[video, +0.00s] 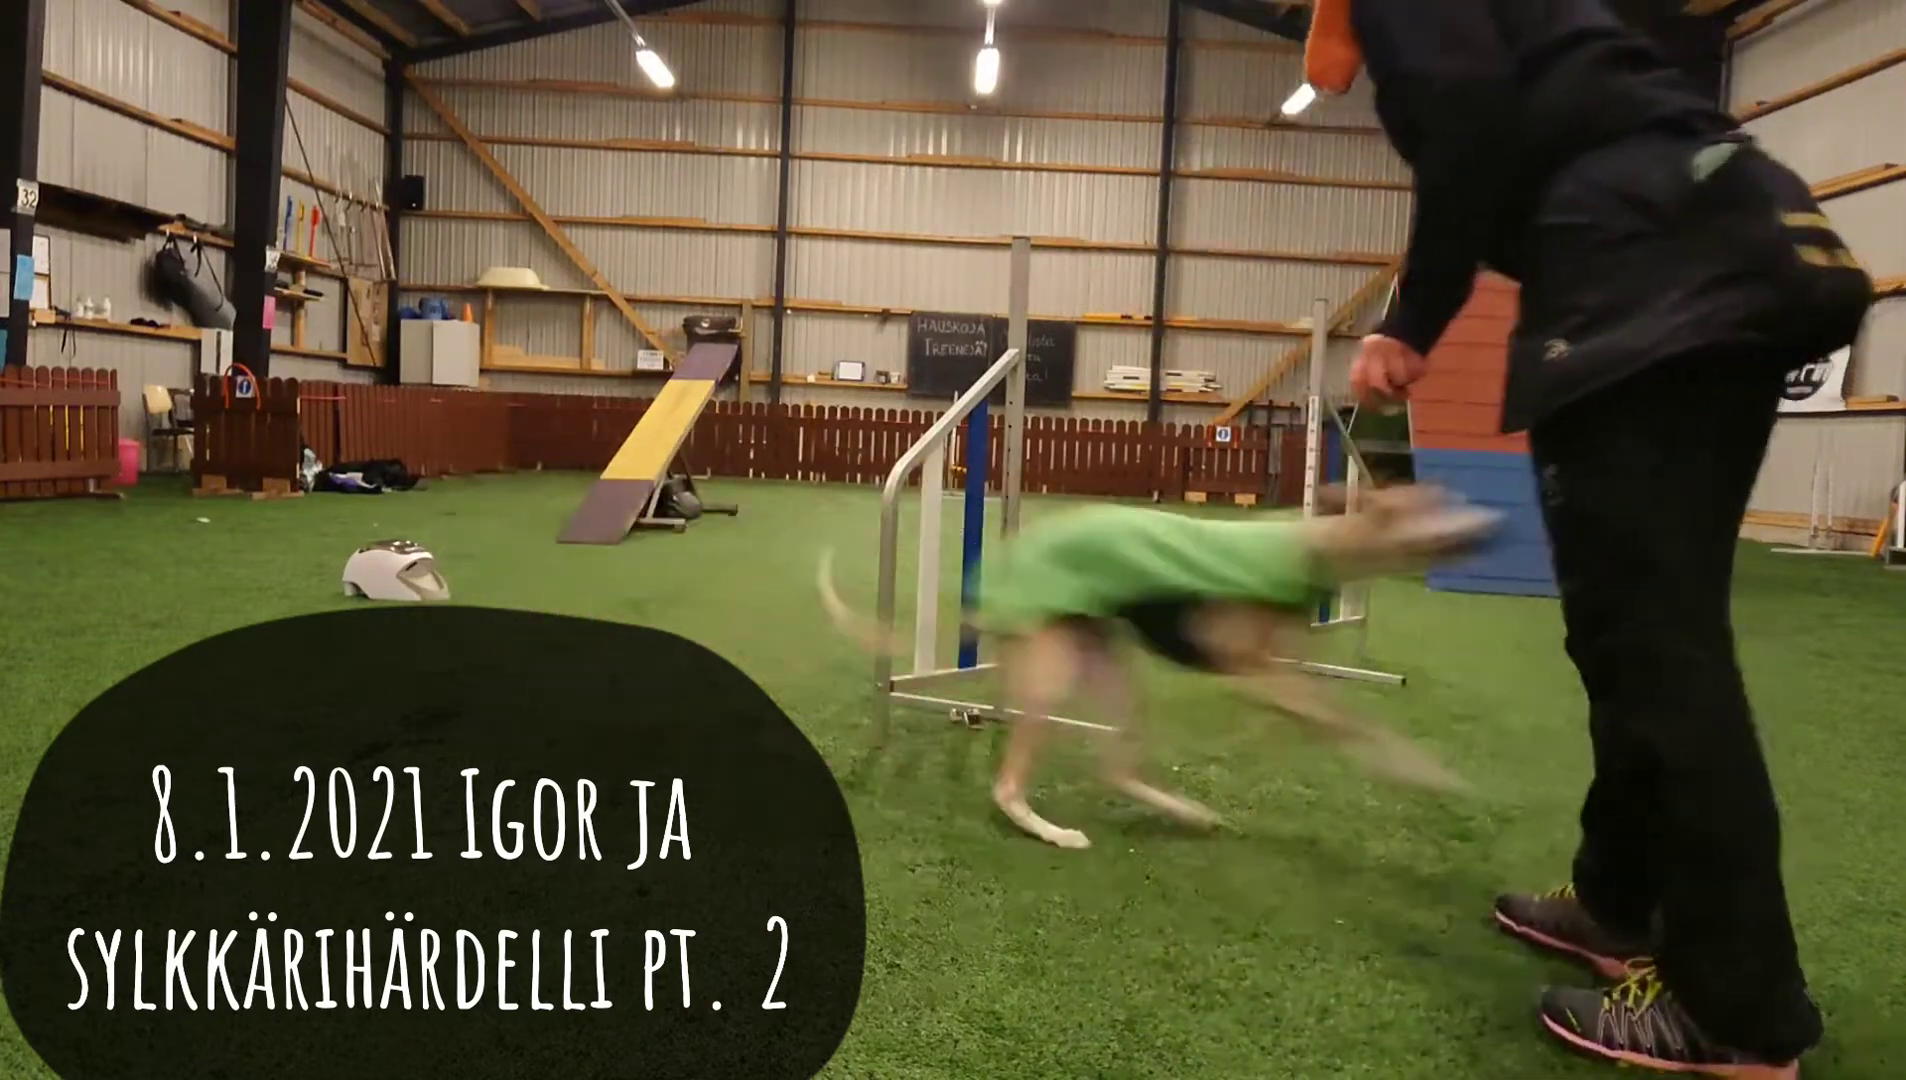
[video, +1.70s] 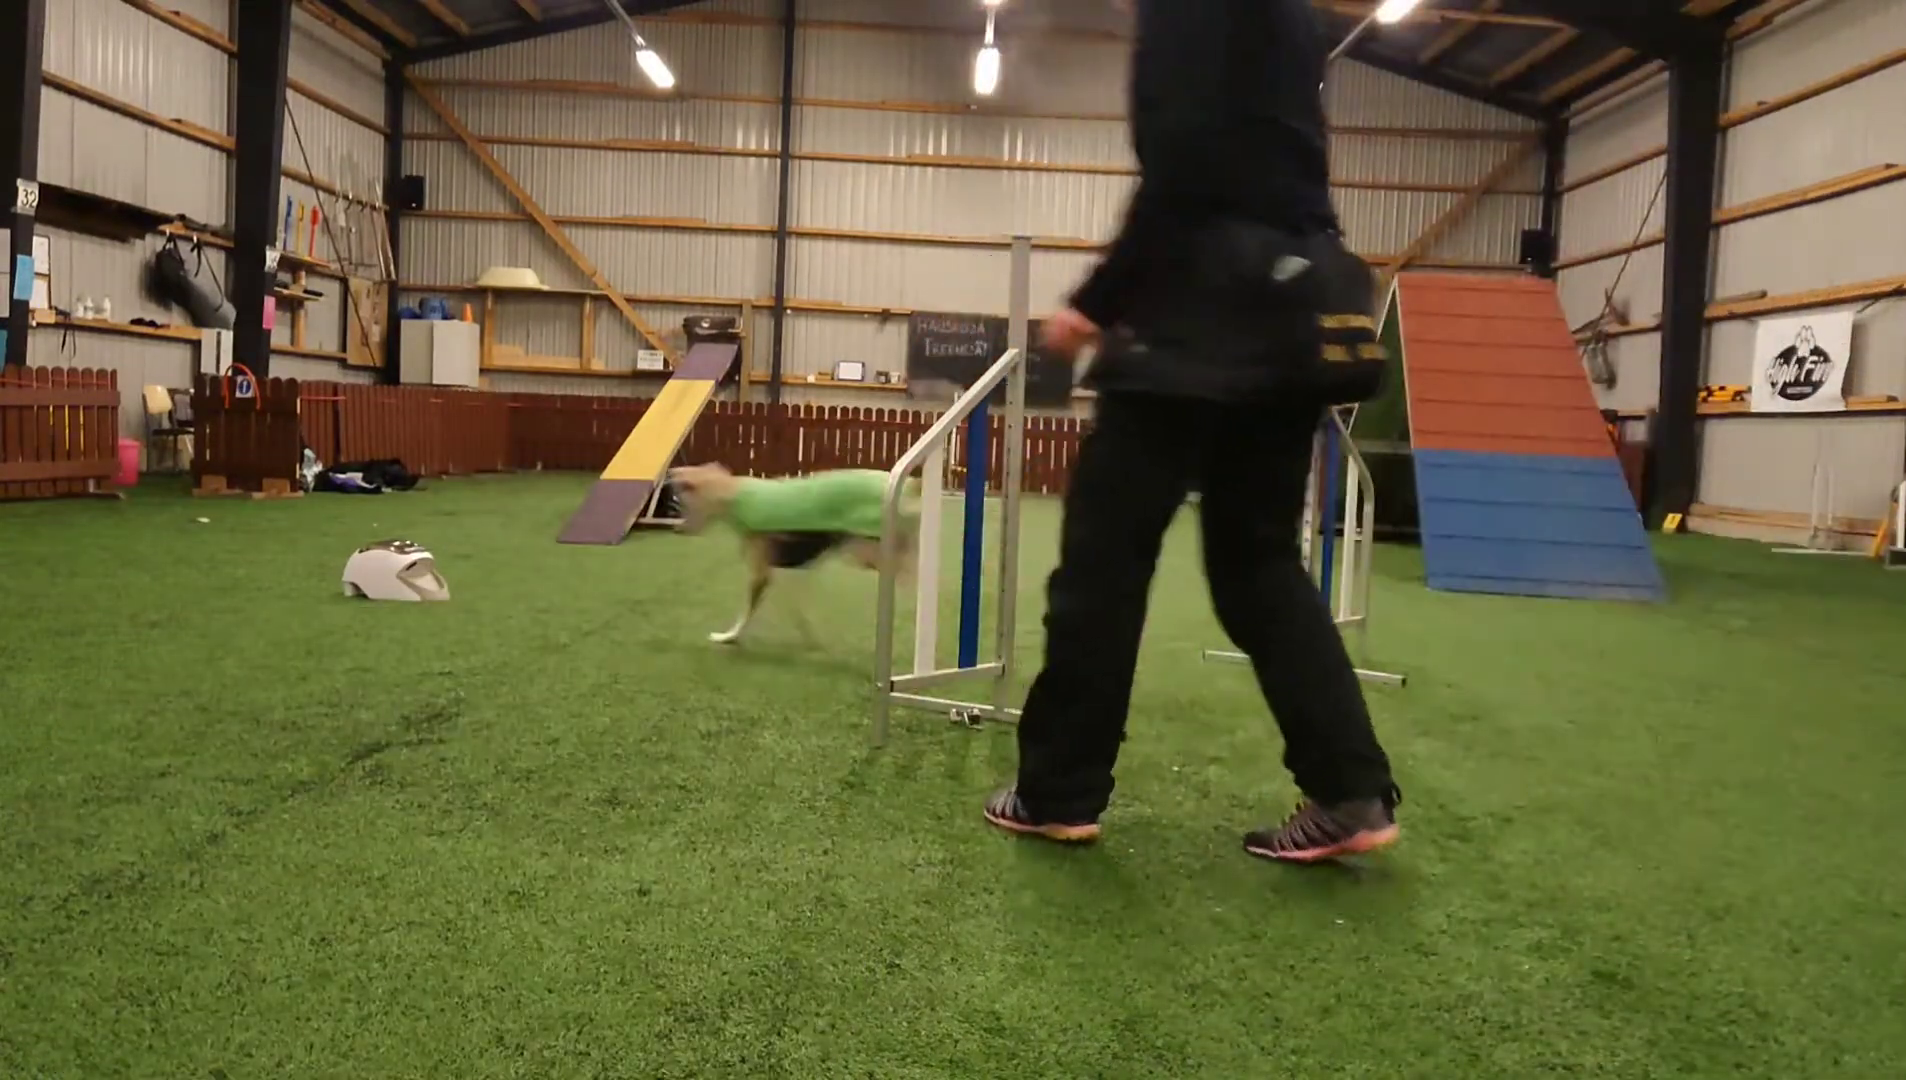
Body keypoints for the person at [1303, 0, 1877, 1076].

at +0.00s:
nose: (1340, 67)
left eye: (1334, 44)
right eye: (1334, 55)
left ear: (1337, 13)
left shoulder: (1396, 4)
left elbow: (1467, 121)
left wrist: (1406, 325)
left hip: (1644, 289)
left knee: (1656, 647)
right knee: (1631, 634)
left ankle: (1740, 1015)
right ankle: (1622, 913)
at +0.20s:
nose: (1295, 76)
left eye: (1286, 41)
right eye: (1289, 53)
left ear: (1301, 11)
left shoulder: (1342, 9)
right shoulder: (1475, 22)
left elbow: (1396, 144)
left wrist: (1325, 329)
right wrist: (1442, 262)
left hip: (1539, 312)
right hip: (1653, 302)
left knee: (1451, 611)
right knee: (1599, 612)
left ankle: (1546, 922)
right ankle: (1636, 913)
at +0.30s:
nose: (1258, 93)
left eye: (1250, 61)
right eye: (1256, 73)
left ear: (1266, 18)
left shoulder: (1308, 10)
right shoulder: (1432, 37)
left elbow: (1347, 151)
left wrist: (1277, 333)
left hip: (1462, 302)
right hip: (1596, 296)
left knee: (1341, 589)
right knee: (1549, 609)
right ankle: (1628, 906)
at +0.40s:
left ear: (1229, 5)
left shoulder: (1257, 14)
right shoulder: (1387, 40)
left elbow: (1287, 171)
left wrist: (1210, 345)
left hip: (1376, 329)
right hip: (1494, 333)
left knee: (1240, 582)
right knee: (1499, 626)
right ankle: (1621, 892)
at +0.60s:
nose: (1105, 20)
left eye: (1107, 11)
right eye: (1108, 15)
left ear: (1129, 5)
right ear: (1211, 4)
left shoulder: (1130, 52)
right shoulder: (1266, 67)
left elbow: (1118, 206)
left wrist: (1046, 370)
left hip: (1210, 349)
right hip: (1343, 354)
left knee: (1081, 563)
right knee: (1325, 615)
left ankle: (1053, 799)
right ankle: (1534, 783)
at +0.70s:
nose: (1076, 20)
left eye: (1080, 15)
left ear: (1100, 9)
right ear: (1190, 11)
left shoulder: (1092, 52)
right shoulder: (1242, 77)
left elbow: (1066, 202)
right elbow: (1275, 223)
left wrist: (997, 370)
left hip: (1181, 332)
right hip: (1317, 341)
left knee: (1074, 555)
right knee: (1251, 580)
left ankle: (1054, 797)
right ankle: (1420, 777)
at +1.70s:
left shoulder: (1181, 12)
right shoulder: (1289, 19)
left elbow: (1184, 164)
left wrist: (1092, 302)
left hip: (1193, 317)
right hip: (1293, 321)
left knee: (1103, 548)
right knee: (1254, 563)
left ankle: (1060, 792)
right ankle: (1352, 797)